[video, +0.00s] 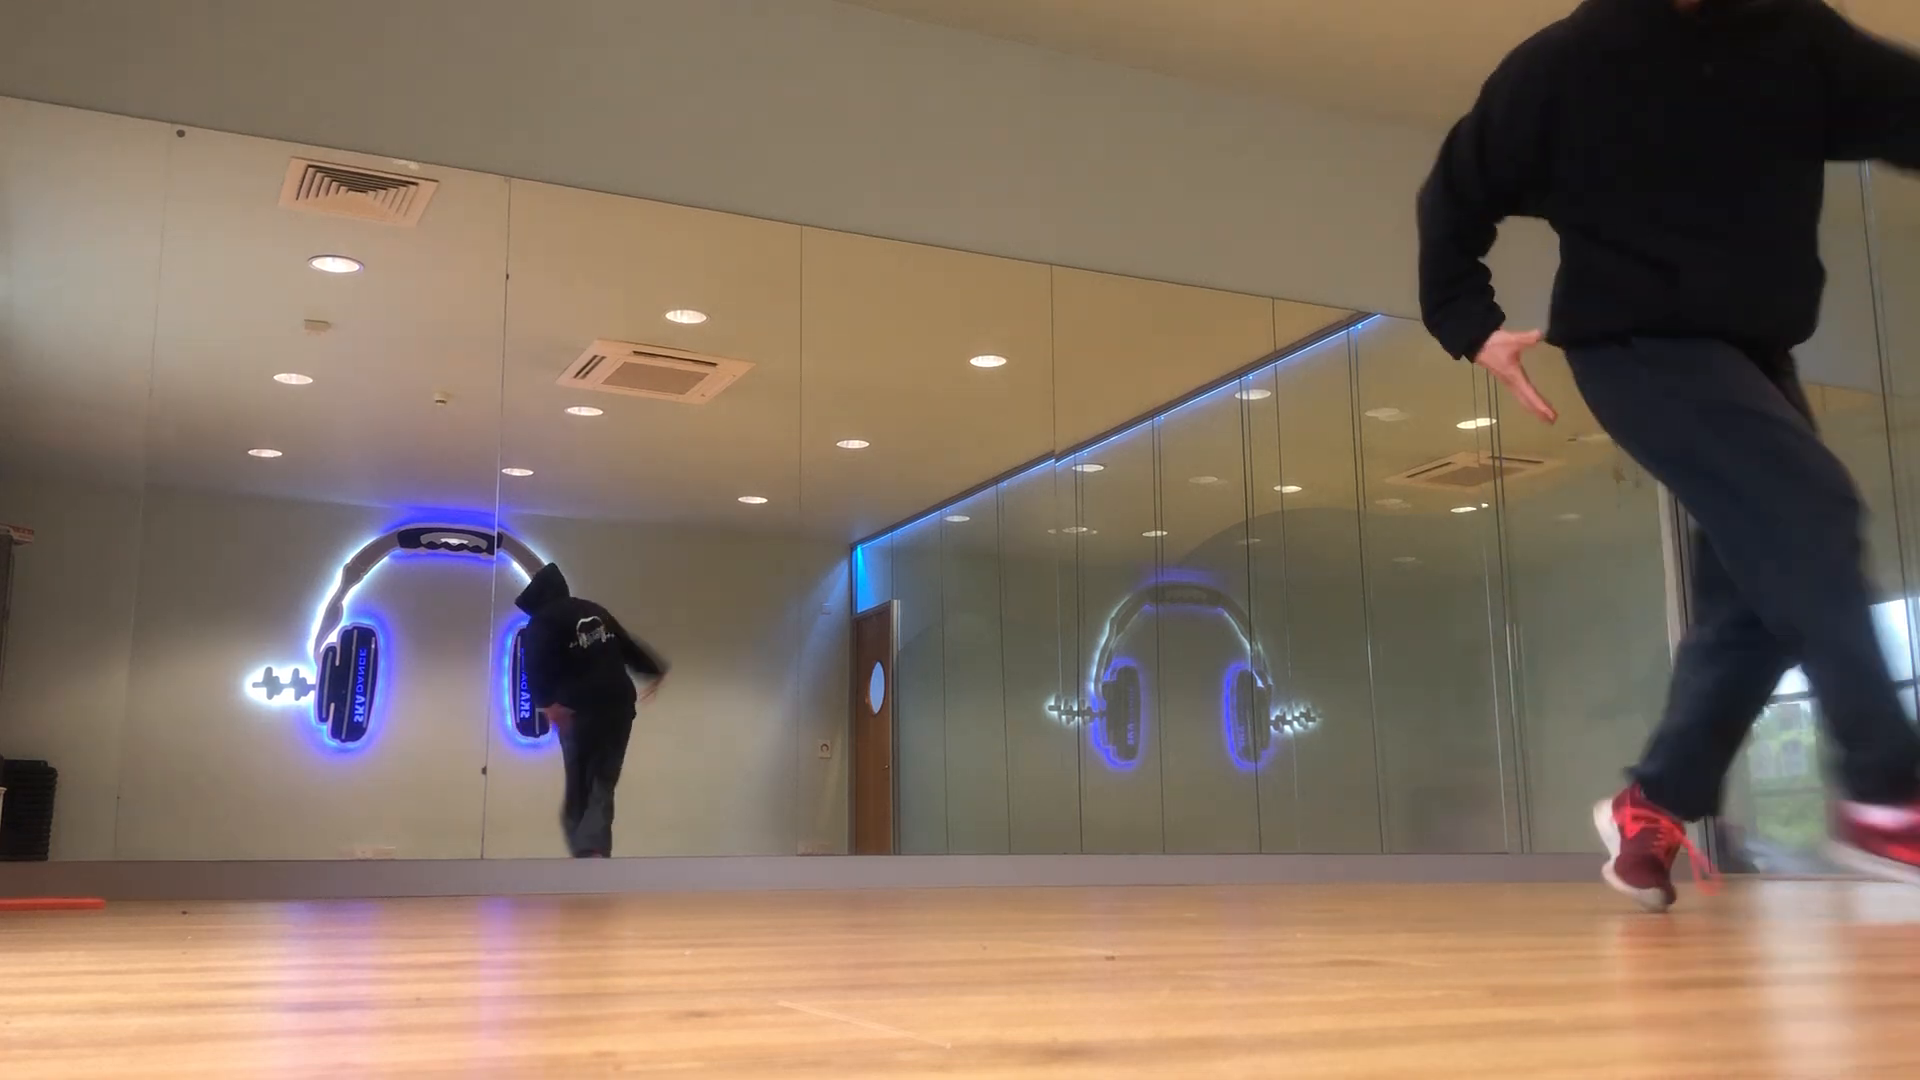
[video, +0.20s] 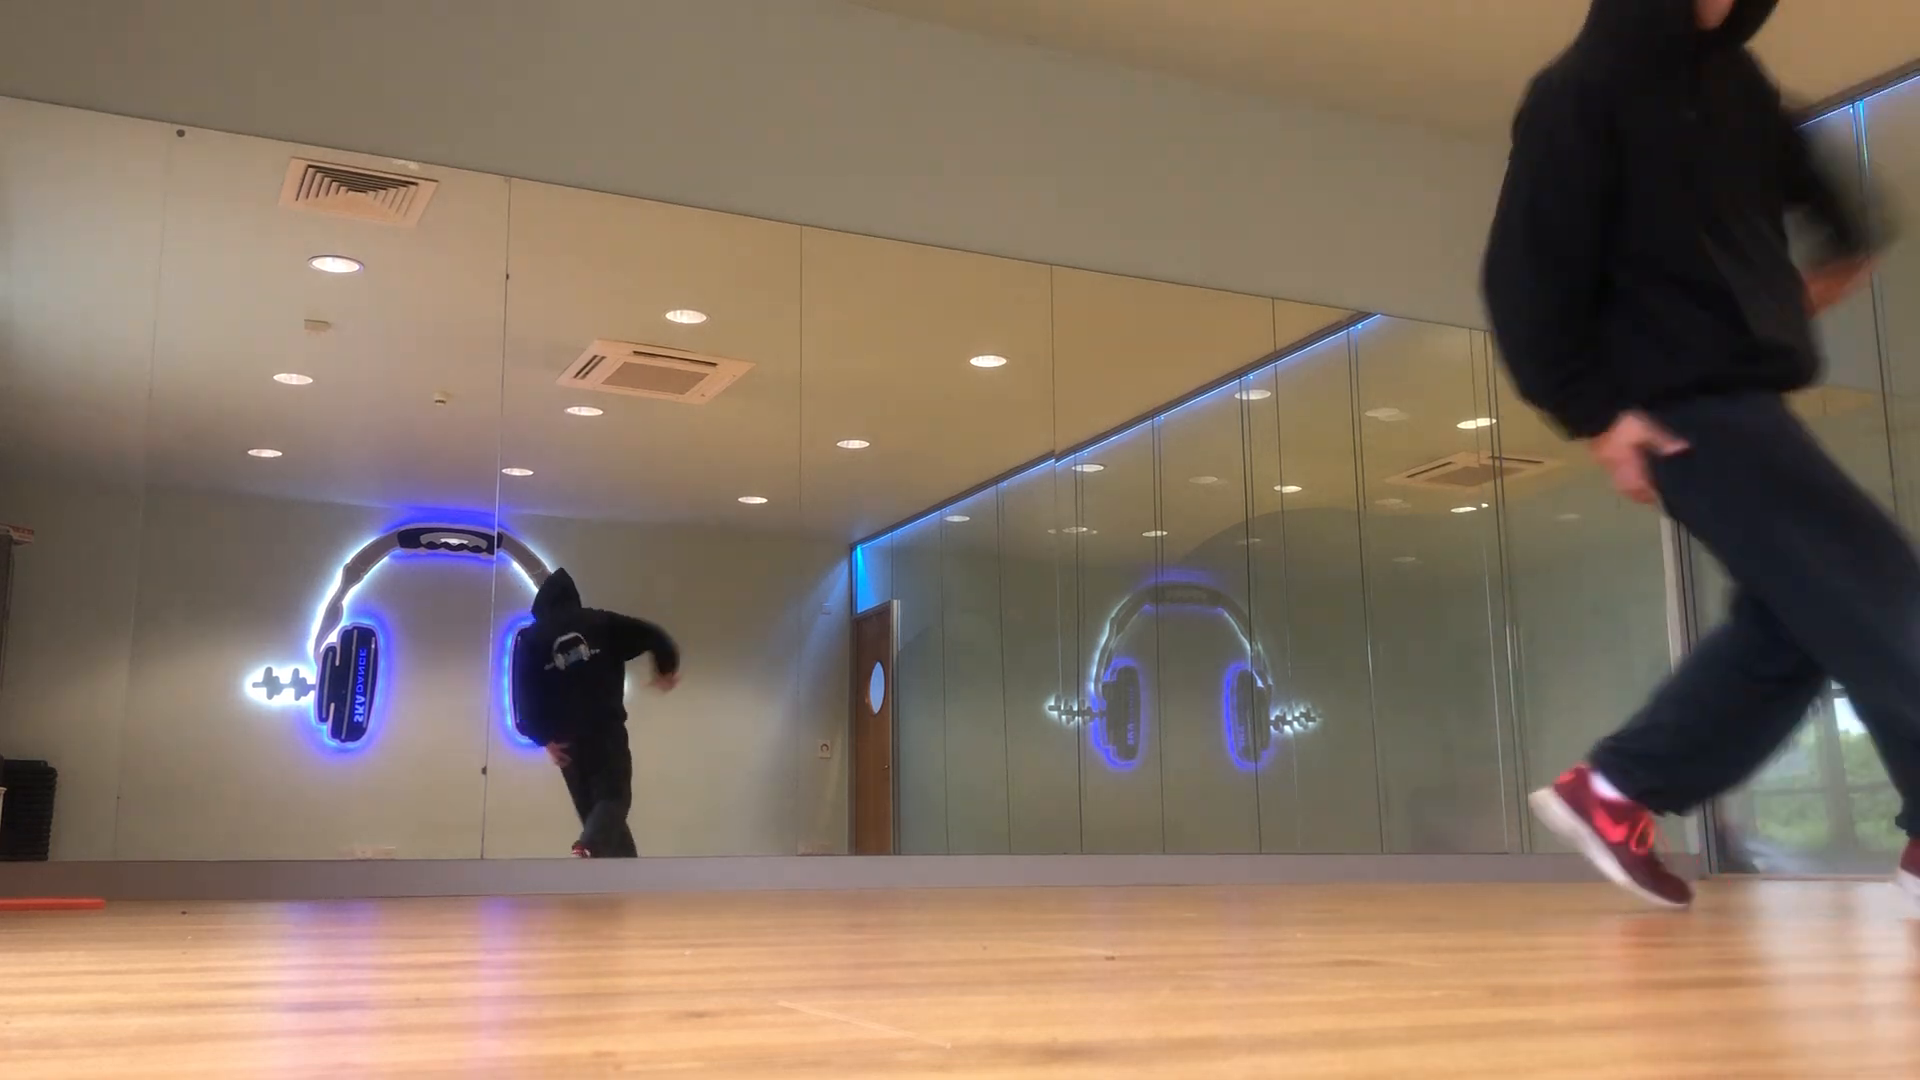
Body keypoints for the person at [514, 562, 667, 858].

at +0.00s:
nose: (527, 610)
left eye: (529, 603)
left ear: (536, 598)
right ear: (562, 589)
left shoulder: (539, 624)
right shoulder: (592, 609)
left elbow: (536, 666)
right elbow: (623, 644)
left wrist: (546, 702)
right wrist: (655, 669)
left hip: (574, 703)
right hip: (618, 699)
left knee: (578, 774)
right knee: (605, 776)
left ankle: (582, 846)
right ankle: (596, 847)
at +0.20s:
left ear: (541, 603)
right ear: (574, 596)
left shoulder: (529, 638)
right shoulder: (600, 622)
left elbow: (524, 696)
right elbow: (655, 636)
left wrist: (544, 739)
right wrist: (666, 668)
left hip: (563, 731)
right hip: (606, 723)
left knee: (593, 807)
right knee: (615, 795)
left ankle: (627, 873)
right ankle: (587, 846)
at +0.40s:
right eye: (577, 596)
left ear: (545, 597)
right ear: (575, 596)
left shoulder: (526, 630)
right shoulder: (577, 621)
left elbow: (502, 688)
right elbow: (571, 655)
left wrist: (523, 708)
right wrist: (541, 680)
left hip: (529, 723)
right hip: (566, 715)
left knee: (570, 771)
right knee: (589, 796)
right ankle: (584, 869)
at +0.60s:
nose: (550, 581)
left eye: (548, 574)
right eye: (547, 574)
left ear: (517, 570)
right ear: (538, 573)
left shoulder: (506, 600)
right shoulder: (524, 604)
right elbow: (528, 653)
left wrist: (554, 658)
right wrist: (557, 655)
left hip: (491, 703)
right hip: (514, 706)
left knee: (495, 784)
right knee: (531, 784)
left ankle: (415, 833)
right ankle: (510, 859)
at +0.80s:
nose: (509, 623)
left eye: (511, 616)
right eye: (509, 616)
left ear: (483, 602)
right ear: (500, 609)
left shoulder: (458, 627)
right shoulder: (477, 630)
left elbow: (452, 680)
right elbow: (471, 675)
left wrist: (480, 705)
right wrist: (485, 703)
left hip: (417, 727)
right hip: (445, 726)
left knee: (433, 805)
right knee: (494, 785)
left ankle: (383, 869)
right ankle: (490, 868)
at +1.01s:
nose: (489, 618)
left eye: (489, 611)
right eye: (488, 611)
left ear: (459, 599)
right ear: (483, 606)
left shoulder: (429, 618)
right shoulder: (465, 627)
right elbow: (452, 683)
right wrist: (472, 717)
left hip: (379, 709)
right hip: (420, 713)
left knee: (382, 794)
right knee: (436, 792)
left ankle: (365, 867)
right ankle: (422, 862)